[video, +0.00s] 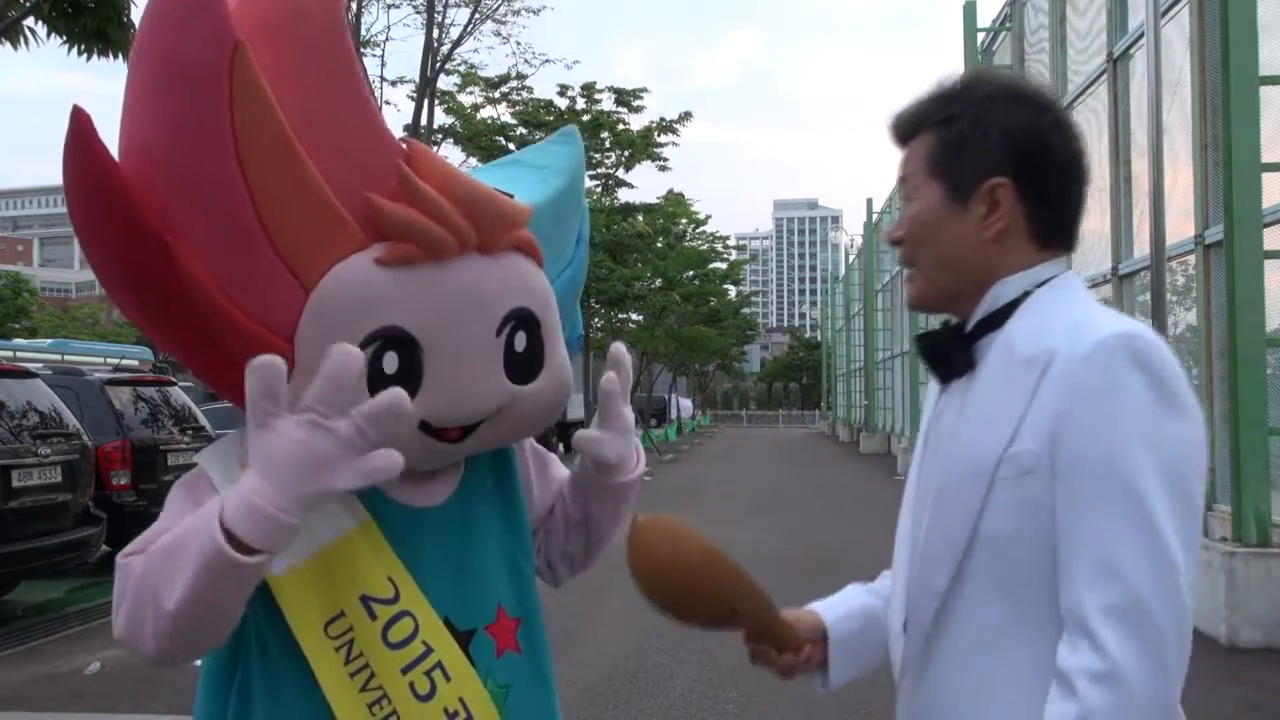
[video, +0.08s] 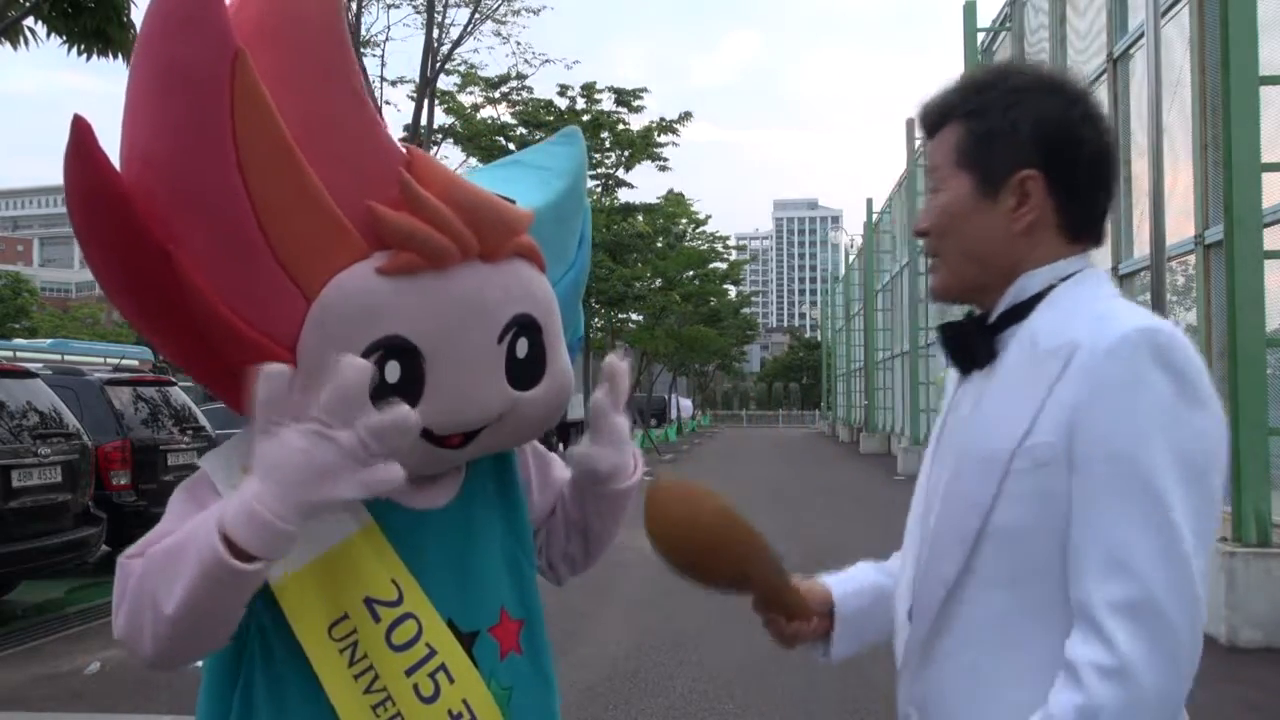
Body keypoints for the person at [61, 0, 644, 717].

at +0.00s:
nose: (460, 394)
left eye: (509, 343)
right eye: (395, 353)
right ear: (291, 353)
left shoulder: (505, 463)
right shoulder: (243, 480)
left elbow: (558, 554)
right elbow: (151, 628)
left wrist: (604, 479)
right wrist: (261, 509)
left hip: (500, 706)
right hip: (302, 711)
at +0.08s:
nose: (454, 402)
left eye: (500, 353)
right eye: (395, 364)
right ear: (294, 357)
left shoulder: (503, 463)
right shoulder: (244, 480)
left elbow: (562, 553)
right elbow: (150, 631)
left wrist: (604, 476)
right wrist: (265, 509)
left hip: (503, 704)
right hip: (302, 709)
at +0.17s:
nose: (461, 410)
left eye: (514, 357)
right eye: (399, 368)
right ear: (293, 360)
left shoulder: (511, 465)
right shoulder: (251, 485)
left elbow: (569, 546)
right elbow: (156, 633)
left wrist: (607, 465)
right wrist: (261, 506)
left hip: (503, 704)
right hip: (305, 710)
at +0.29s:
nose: (455, 398)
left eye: (504, 348)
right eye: (397, 355)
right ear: (294, 354)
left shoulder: (507, 458)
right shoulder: (245, 477)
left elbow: (569, 547)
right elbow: (163, 628)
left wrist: (608, 459)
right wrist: (277, 503)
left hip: (502, 705)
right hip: (305, 711)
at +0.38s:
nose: (448, 394)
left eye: (487, 345)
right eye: (396, 353)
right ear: (297, 356)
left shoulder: (503, 456)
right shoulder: (247, 475)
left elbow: (570, 550)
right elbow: (163, 626)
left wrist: (606, 473)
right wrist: (291, 508)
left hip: (502, 703)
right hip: (300, 710)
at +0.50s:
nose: (425, 377)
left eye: (451, 338)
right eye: (385, 347)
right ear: (292, 351)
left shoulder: (497, 455)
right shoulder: (246, 470)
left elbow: (574, 544)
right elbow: (161, 619)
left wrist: (605, 464)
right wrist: (310, 503)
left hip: (498, 705)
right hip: (293, 715)